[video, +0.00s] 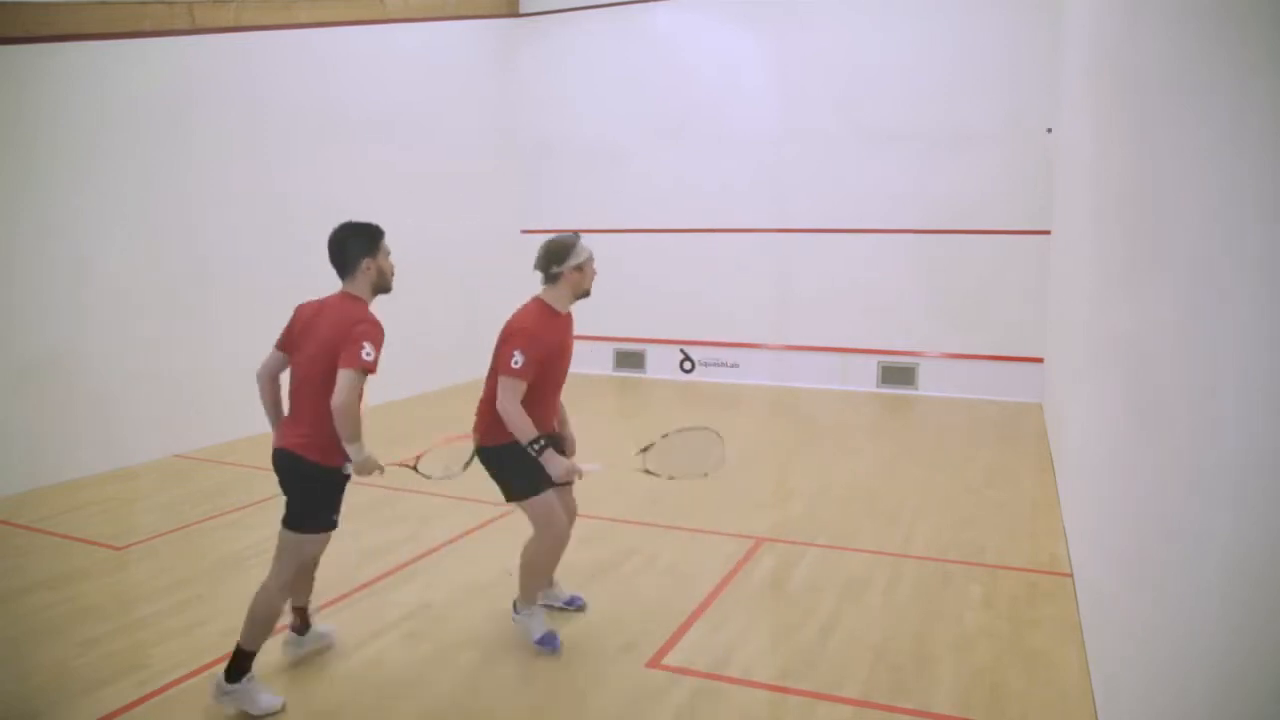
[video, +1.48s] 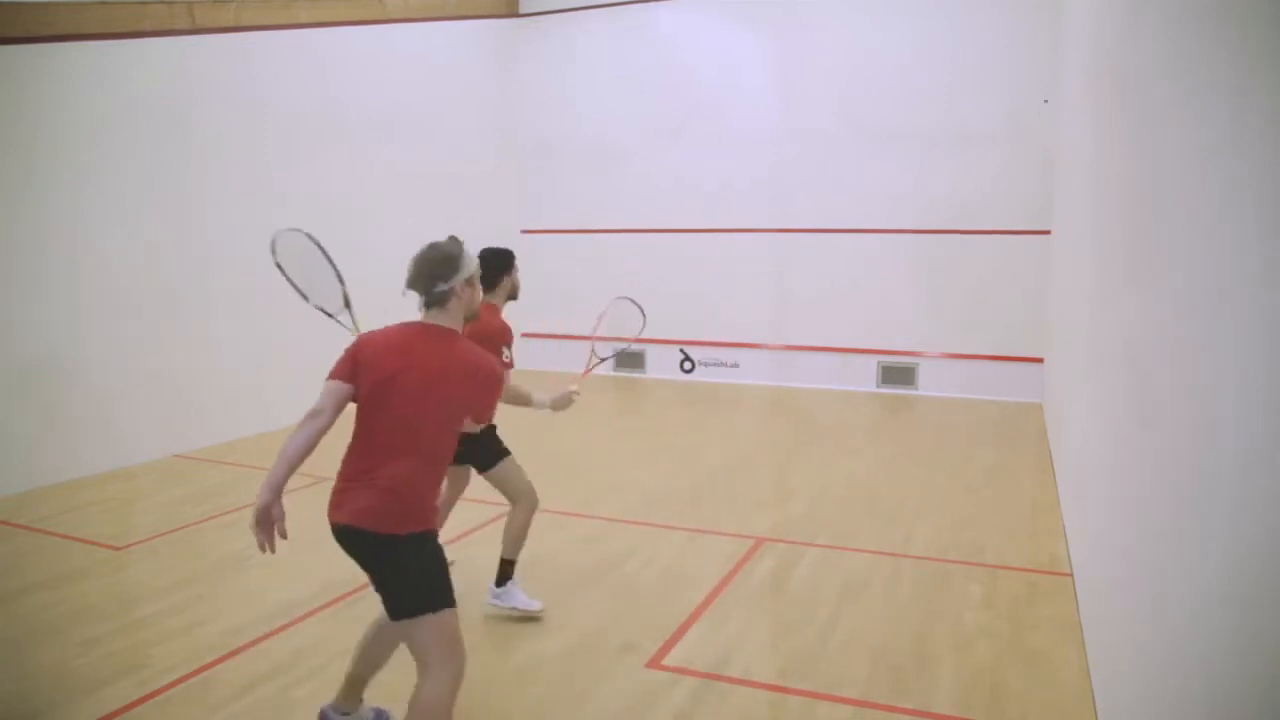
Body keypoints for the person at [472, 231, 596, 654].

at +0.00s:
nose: (594, 272)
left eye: (592, 264)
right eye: (588, 266)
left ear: (564, 272)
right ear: (565, 272)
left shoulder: (562, 316)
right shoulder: (527, 327)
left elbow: (548, 382)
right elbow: (507, 402)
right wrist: (545, 454)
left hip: (538, 430)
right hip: (502, 439)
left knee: (566, 512)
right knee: (552, 523)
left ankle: (543, 587)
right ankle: (525, 607)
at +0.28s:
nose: (610, 289)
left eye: (610, 280)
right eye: (605, 280)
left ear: (577, 282)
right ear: (577, 282)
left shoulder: (581, 335)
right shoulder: (520, 344)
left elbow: (566, 409)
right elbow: (500, 431)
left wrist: (571, 465)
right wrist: (532, 497)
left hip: (570, 471)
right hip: (516, 483)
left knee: (610, 567)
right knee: (548, 586)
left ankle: (591, 636)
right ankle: (556, 666)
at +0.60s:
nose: (630, 328)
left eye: (632, 318)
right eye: (627, 316)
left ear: (595, 310)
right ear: (595, 310)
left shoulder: (600, 365)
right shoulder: (520, 370)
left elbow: (599, 432)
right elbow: (490, 470)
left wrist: (633, 496)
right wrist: (502, 535)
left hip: (567, 515)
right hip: (505, 523)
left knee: (602, 632)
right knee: (521, 652)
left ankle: (600, 718)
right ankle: (487, 716)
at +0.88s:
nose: (632, 392)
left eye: (634, 379)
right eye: (628, 380)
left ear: (593, 377)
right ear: (593, 375)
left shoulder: (583, 417)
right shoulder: (506, 441)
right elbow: (467, 542)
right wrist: (454, 597)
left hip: (524, 552)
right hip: (463, 570)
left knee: (606, 640)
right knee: (508, 701)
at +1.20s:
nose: (580, 351)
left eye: (581, 341)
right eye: (578, 340)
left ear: (515, 337)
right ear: (549, 343)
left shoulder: (452, 374)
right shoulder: (534, 437)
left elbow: (381, 432)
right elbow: (574, 529)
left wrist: (332, 501)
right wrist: (599, 534)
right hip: (415, 575)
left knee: (527, 628)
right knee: (511, 697)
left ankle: (547, 714)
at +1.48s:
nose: (479, 289)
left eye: (476, 280)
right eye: (475, 281)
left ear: (423, 289)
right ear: (461, 290)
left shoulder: (372, 345)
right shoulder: (483, 367)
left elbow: (320, 416)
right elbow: (474, 420)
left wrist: (272, 489)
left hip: (349, 516)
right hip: (403, 528)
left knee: (404, 610)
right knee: (444, 664)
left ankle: (345, 706)